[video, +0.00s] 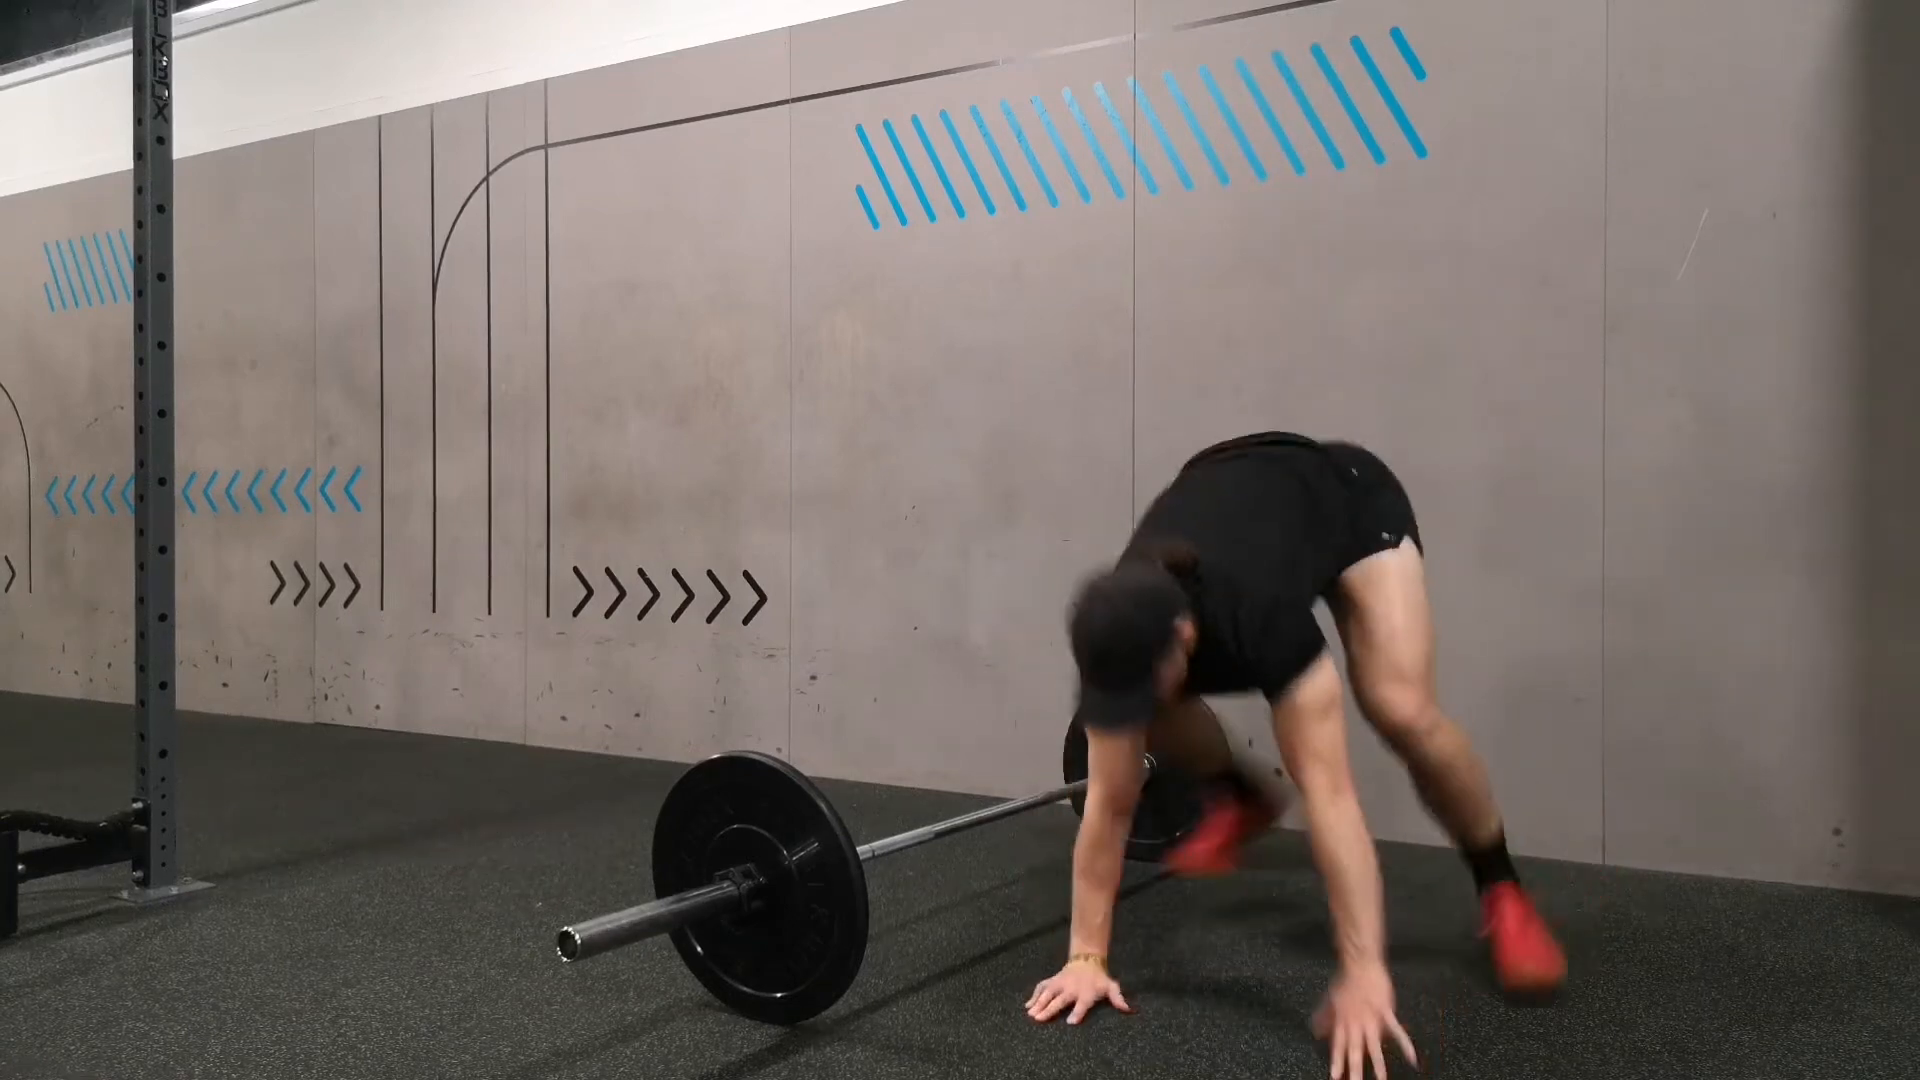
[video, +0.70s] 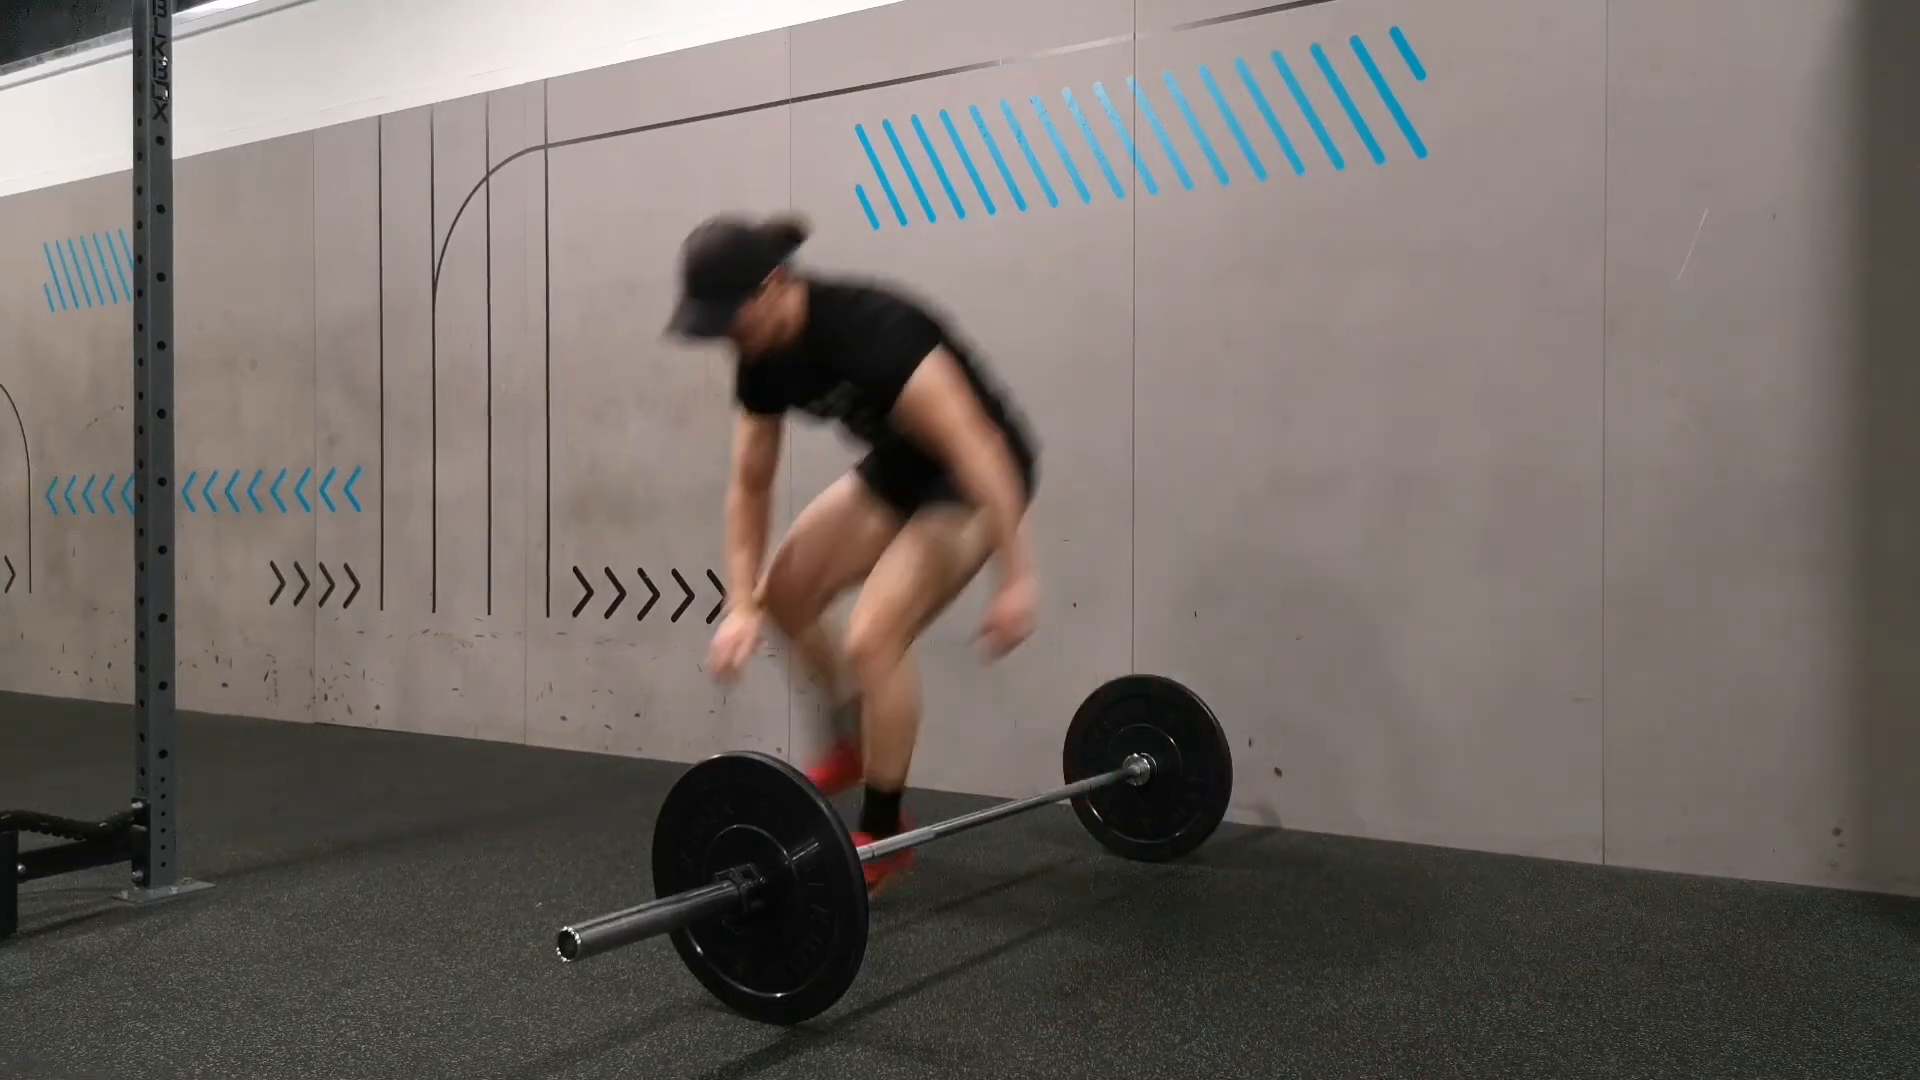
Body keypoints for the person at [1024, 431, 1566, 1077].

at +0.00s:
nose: (1148, 704)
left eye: (1153, 689)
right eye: (1127, 698)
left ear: (1179, 641)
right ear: (1091, 652)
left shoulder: (1266, 621)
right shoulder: (1113, 641)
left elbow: (1328, 794)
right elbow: (1107, 806)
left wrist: (1362, 969)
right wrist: (1086, 958)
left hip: (1343, 489)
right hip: (1221, 485)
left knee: (1403, 710)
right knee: (1144, 690)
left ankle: (1500, 888)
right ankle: (1241, 796)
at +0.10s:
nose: (1077, 620)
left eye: (1082, 601)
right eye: (1067, 611)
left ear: (1120, 561)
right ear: (1056, 589)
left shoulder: (1202, 554)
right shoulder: (1077, 596)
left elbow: (1287, 727)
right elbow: (1086, 754)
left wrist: (1339, 896)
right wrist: (1082, 912)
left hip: (1345, 559)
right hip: (1238, 585)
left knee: (1384, 750)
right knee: (1112, 703)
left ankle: (1536, 924)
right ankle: (1153, 875)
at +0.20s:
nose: (1000, 516)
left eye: (1003, 496)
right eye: (991, 505)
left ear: (1045, 461)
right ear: (1014, 486)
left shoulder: (1142, 464)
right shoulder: (1019, 522)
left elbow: (1273, 596)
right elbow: (1037, 671)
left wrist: (1364, 741)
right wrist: (1062, 804)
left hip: (1288, 556)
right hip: (1181, 588)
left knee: (1350, 753)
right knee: (1065, 698)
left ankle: (1525, 918)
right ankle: (1146, 874)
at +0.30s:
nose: (941, 396)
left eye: (944, 375)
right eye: (928, 387)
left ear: (982, 345)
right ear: (927, 388)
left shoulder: (1081, 372)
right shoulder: (953, 446)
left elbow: (1221, 462)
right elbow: (960, 576)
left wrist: (1344, 560)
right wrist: (1033, 661)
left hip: (1214, 515)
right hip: (1118, 547)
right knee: (1046, 705)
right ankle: (1147, 879)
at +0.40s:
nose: (895, 320)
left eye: (899, 300)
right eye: (884, 309)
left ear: (939, 264)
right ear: (880, 304)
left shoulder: (1035, 296)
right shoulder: (902, 360)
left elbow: (1159, 402)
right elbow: (891, 483)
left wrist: (1266, 516)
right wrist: (946, 555)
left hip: (1139, 431)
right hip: (1056, 479)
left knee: (1126, 544)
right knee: (1049, 652)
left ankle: (1279, 706)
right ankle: (1132, 850)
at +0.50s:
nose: (853, 289)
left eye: (857, 273)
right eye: (845, 278)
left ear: (901, 244)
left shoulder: (991, 271)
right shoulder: (861, 319)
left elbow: (1107, 404)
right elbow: (836, 439)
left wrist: (1172, 538)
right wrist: (869, 529)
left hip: (1083, 402)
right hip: (994, 429)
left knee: (973, 450)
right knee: (956, 593)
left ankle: (1073, 646)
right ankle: (1118, 677)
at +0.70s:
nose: (732, 335)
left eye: (737, 319)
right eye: (725, 324)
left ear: (779, 287)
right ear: (750, 302)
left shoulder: (876, 330)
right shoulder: (761, 352)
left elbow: (977, 448)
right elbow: (752, 478)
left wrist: (1015, 580)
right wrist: (742, 603)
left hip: (980, 473)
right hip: (902, 464)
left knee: (873, 638)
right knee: (786, 596)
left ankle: (883, 832)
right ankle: (853, 734)